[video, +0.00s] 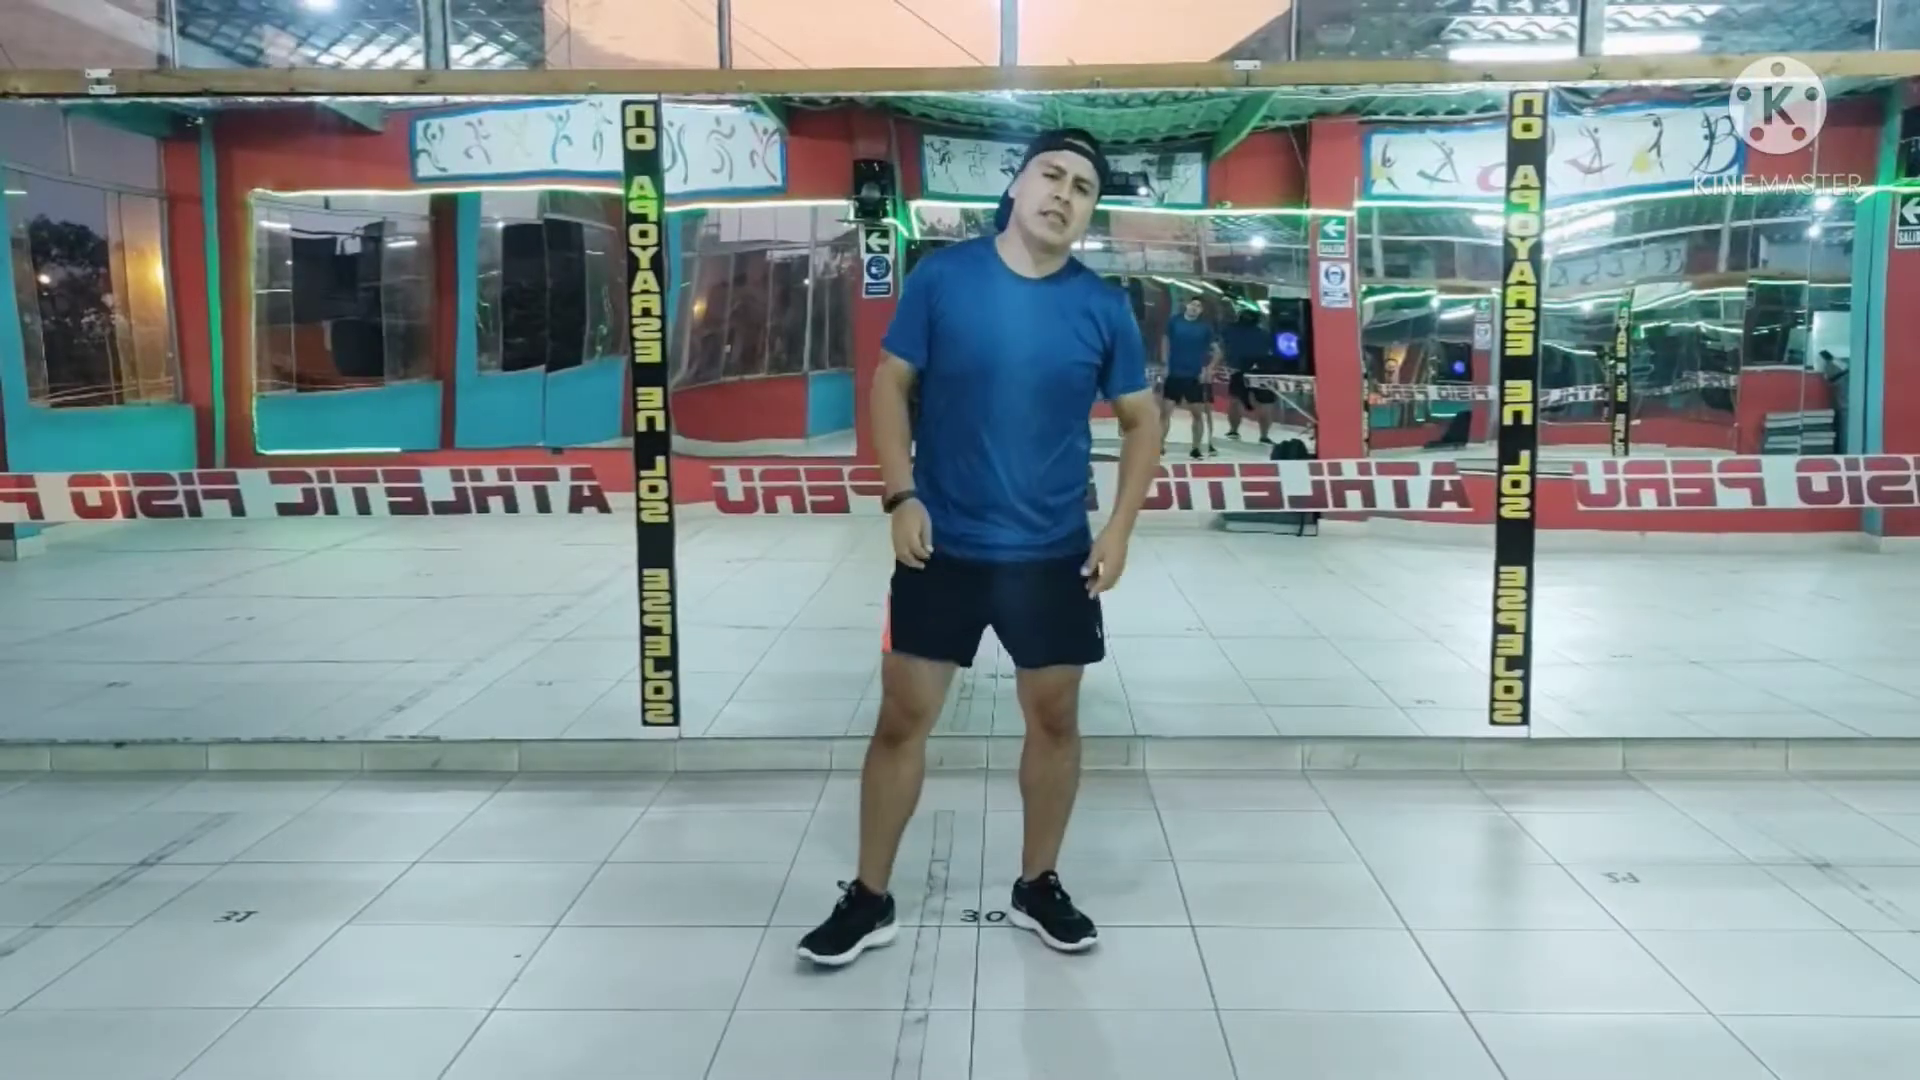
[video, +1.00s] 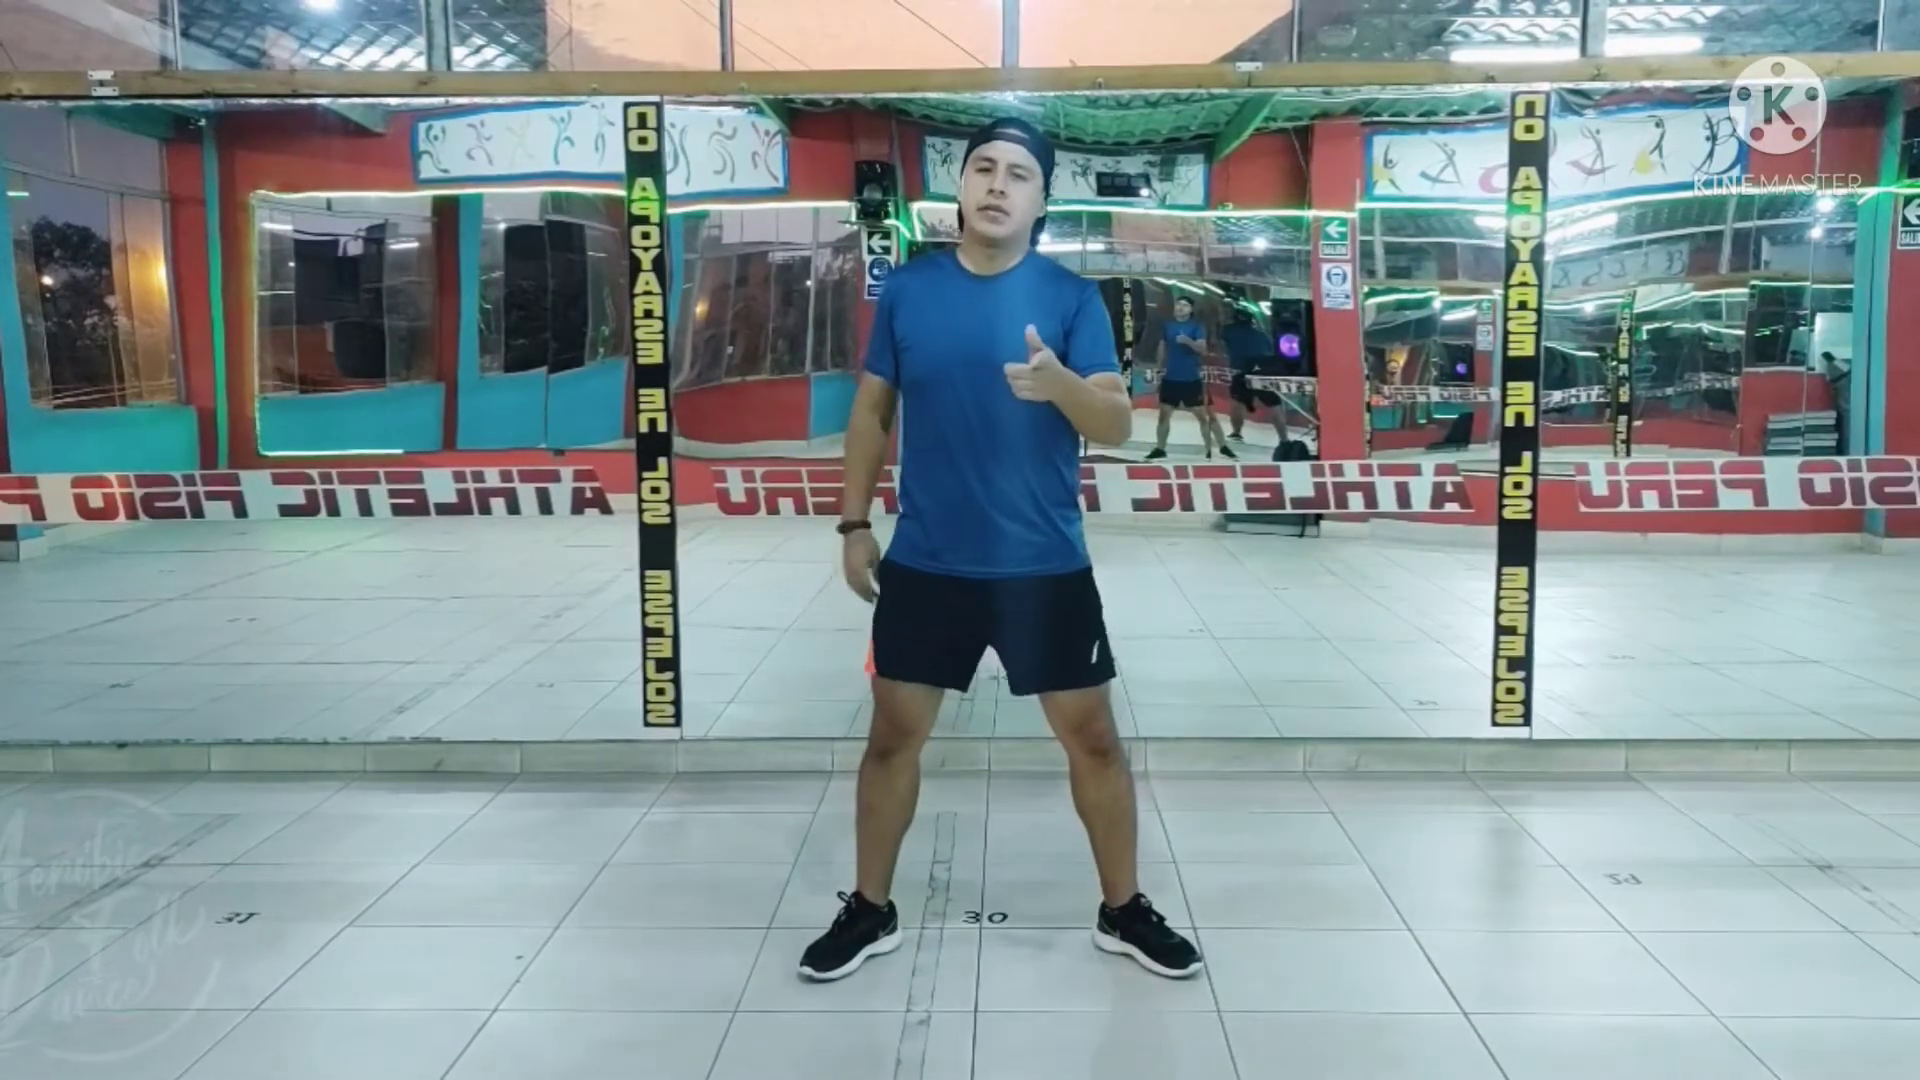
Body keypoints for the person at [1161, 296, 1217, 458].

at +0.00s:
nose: (1194, 308)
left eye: (1197, 306)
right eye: (1192, 305)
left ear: (1201, 310)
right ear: (1186, 306)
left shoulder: (1205, 327)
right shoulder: (1174, 322)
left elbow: (1217, 351)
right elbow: (1166, 341)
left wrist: (1209, 369)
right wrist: (1165, 365)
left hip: (1194, 375)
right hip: (1174, 372)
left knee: (1197, 413)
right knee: (1165, 410)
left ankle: (1196, 447)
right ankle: (1160, 443)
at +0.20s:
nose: (1183, 308)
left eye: (1186, 306)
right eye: (1181, 305)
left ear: (1191, 309)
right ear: (1176, 307)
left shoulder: (1196, 328)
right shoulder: (1165, 326)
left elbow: (1205, 349)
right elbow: (1157, 344)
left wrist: (1197, 366)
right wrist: (1158, 365)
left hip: (1190, 374)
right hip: (1169, 373)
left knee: (1195, 412)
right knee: (1163, 411)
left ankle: (1196, 447)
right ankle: (1158, 446)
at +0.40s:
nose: (1176, 308)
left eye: (1180, 305)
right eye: (1174, 305)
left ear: (1185, 309)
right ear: (1169, 307)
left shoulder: (1192, 328)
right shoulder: (1162, 327)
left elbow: (1199, 350)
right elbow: (1153, 347)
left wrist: (1187, 352)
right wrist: (1149, 364)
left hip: (1188, 376)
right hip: (1167, 376)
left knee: (1200, 412)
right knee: (1162, 412)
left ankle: (1208, 446)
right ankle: (1158, 447)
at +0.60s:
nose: (1178, 308)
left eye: (1182, 305)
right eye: (1176, 305)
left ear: (1188, 309)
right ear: (1172, 308)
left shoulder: (1196, 327)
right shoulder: (1165, 327)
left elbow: (1198, 348)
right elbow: (1157, 345)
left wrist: (1185, 344)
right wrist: (1148, 363)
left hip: (1190, 378)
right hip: (1170, 378)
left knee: (1201, 414)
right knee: (1162, 412)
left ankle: (1209, 448)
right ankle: (1159, 447)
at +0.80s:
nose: (1180, 308)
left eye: (1184, 305)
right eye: (1178, 305)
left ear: (1190, 309)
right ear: (1174, 308)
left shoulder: (1197, 326)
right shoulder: (1168, 326)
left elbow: (1200, 348)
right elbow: (1162, 347)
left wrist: (1187, 342)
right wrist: (1156, 369)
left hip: (1192, 378)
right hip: (1172, 377)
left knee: (1204, 415)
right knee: (1163, 412)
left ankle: (1222, 446)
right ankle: (1159, 447)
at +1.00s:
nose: (1180, 308)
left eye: (1184, 305)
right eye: (1178, 305)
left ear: (1191, 309)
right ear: (1174, 308)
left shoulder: (1197, 327)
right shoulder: (1168, 326)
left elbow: (1203, 349)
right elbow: (1162, 347)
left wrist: (1189, 342)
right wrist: (1159, 367)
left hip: (1191, 378)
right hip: (1171, 377)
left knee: (1203, 416)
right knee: (1164, 414)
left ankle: (1209, 449)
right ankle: (1160, 447)